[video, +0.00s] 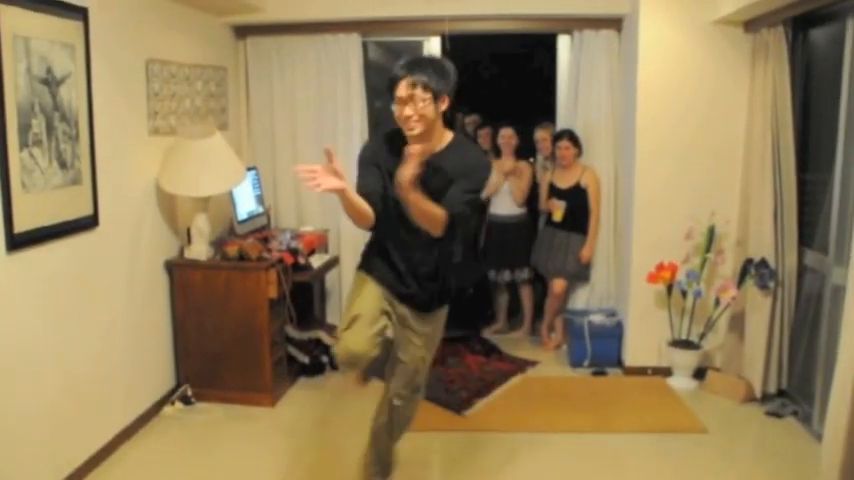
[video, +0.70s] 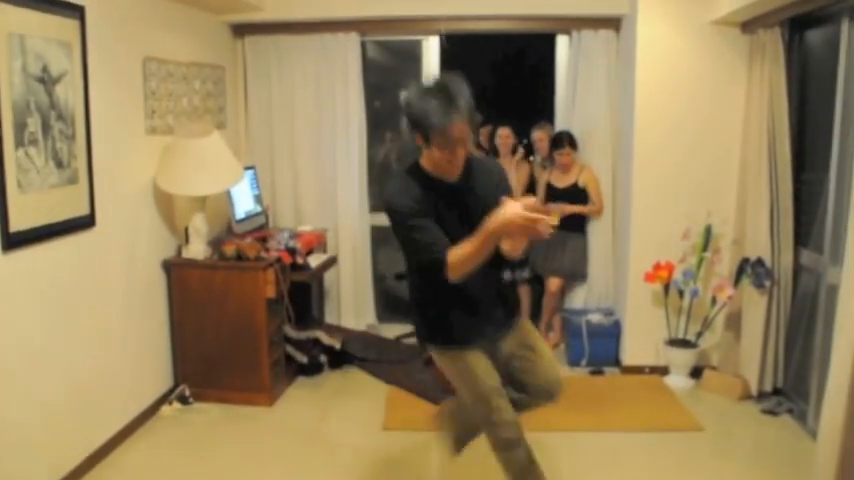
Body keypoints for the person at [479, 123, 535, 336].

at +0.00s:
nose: (506, 141)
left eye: (510, 136)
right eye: (502, 137)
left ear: (517, 140)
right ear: (497, 140)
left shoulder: (524, 167)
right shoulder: (492, 165)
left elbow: (520, 198)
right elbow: (484, 194)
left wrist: (511, 177)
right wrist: (501, 176)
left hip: (517, 220)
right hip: (495, 220)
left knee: (522, 275)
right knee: (499, 276)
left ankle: (526, 324)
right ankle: (500, 320)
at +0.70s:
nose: (505, 142)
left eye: (508, 137)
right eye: (501, 137)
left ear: (515, 140)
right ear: (494, 141)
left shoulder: (524, 166)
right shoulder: (489, 167)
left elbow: (518, 191)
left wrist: (510, 165)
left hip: (519, 228)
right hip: (497, 229)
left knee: (521, 277)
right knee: (500, 278)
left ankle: (525, 319)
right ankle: (501, 317)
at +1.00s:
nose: (504, 142)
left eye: (508, 137)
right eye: (500, 137)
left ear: (515, 141)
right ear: (495, 141)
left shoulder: (522, 167)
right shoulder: (491, 167)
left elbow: (522, 193)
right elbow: (487, 194)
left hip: (516, 222)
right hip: (493, 222)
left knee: (517, 275)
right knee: (496, 274)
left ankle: (523, 321)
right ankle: (499, 317)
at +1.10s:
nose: (505, 140)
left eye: (509, 135)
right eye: (501, 135)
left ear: (516, 139)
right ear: (494, 139)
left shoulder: (522, 164)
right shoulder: (491, 164)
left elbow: (519, 190)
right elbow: (485, 190)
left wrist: (513, 160)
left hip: (517, 218)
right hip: (494, 218)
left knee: (519, 276)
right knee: (497, 275)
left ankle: (523, 322)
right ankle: (498, 318)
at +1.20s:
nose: (504, 139)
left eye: (508, 134)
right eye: (500, 134)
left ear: (515, 137)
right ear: (494, 138)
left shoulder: (521, 162)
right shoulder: (493, 161)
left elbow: (514, 187)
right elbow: (488, 184)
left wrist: (506, 163)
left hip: (517, 217)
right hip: (495, 218)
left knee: (519, 275)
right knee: (497, 275)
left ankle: (523, 321)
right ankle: (498, 318)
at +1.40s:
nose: (504, 141)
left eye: (508, 137)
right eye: (500, 137)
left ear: (515, 140)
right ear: (495, 140)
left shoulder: (522, 165)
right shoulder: (488, 164)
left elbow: (520, 196)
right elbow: (483, 193)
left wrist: (504, 184)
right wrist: (498, 186)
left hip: (514, 218)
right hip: (492, 219)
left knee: (514, 273)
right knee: (494, 273)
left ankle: (522, 321)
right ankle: (498, 317)